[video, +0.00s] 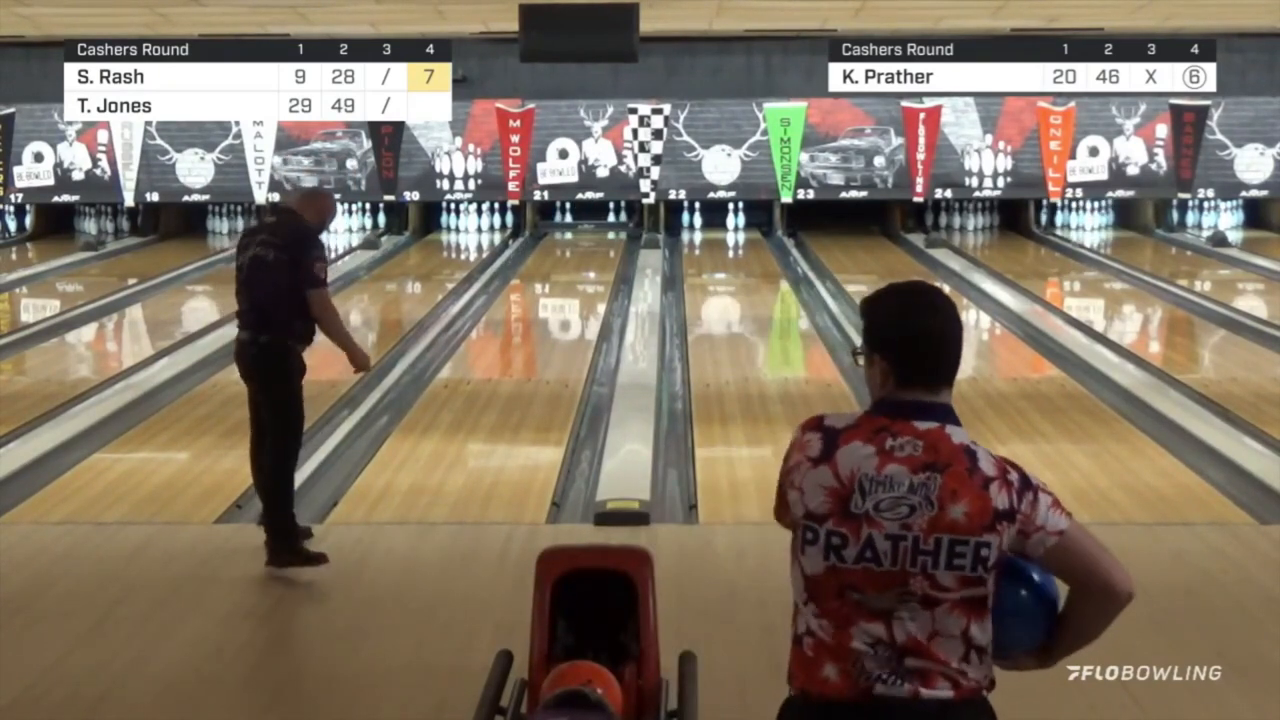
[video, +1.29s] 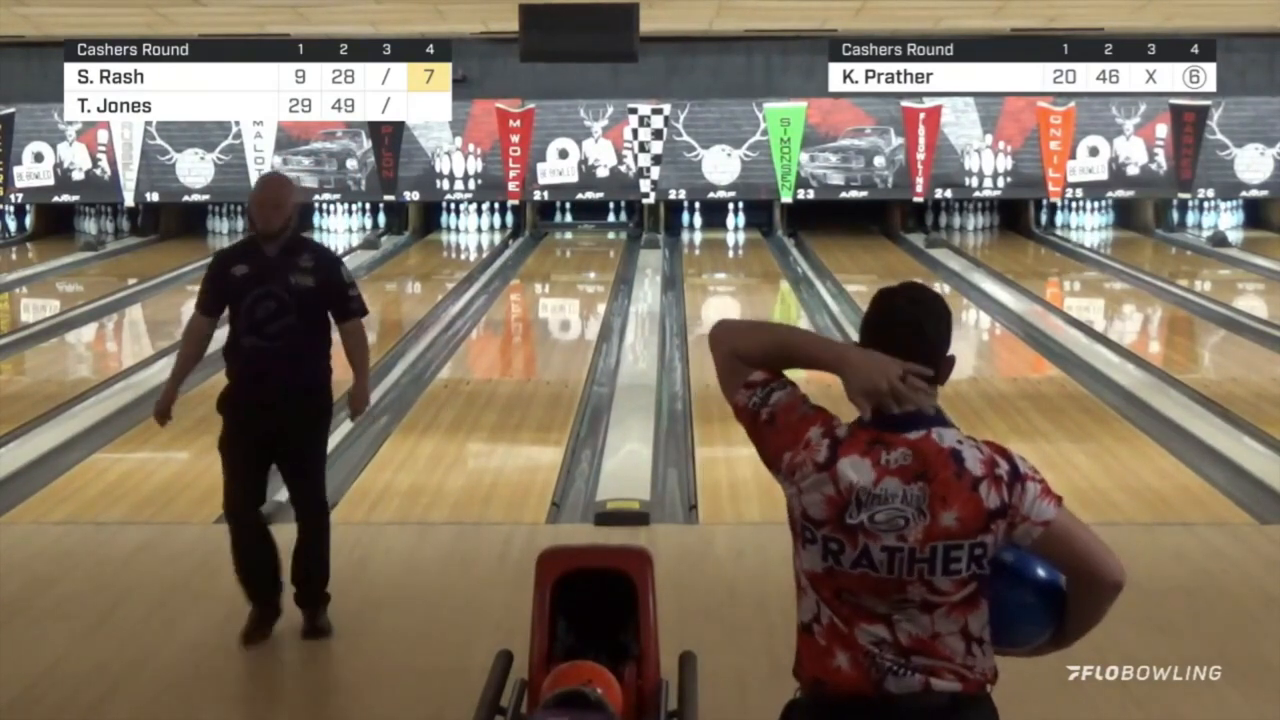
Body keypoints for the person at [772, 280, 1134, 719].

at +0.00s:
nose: (864, 367)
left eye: (865, 356)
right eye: (866, 355)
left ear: (877, 367)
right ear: (953, 365)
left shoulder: (816, 448)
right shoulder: (996, 481)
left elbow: (788, 513)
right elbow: (1109, 586)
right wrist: (1046, 650)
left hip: (823, 699)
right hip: (951, 702)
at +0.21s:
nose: (863, 362)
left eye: (864, 354)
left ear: (872, 364)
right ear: (959, 360)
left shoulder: (813, 461)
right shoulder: (1004, 475)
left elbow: (718, 506)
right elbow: (1116, 578)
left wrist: (791, 475)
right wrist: (1053, 641)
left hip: (833, 701)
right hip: (960, 702)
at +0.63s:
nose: (864, 358)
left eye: (865, 347)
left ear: (869, 359)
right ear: (956, 362)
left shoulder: (806, 461)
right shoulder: (999, 469)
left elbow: (674, 448)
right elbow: (1110, 573)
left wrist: (783, 406)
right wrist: (1052, 635)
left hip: (836, 699)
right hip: (960, 700)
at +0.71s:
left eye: (867, 347)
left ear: (867, 361)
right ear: (955, 367)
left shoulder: (808, 460)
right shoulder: (998, 471)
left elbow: (680, 421)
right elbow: (1108, 574)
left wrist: (771, 358)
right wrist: (1044, 632)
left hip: (835, 699)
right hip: (959, 700)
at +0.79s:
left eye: (866, 347)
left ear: (865, 360)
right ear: (954, 368)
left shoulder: (808, 461)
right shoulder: (998, 472)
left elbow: (685, 397)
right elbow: (1107, 573)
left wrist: (754, 307)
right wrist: (1044, 631)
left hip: (836, 699)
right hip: (960, 700)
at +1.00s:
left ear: (860, 360)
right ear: (948, 367)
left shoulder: (808, 457)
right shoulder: (992, 469)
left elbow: (712, 362)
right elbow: (1104, 571)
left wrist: (807, 295)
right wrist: (1050, 632)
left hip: (835, 695)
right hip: (956, 695)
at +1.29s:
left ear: (866, 364)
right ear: (948, 369)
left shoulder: (814, 456)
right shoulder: (995, 472)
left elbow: (729, 339)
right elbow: (1104, 576)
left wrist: (842, 358)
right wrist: (1047, 636)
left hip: (834, 698)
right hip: (955, 699)